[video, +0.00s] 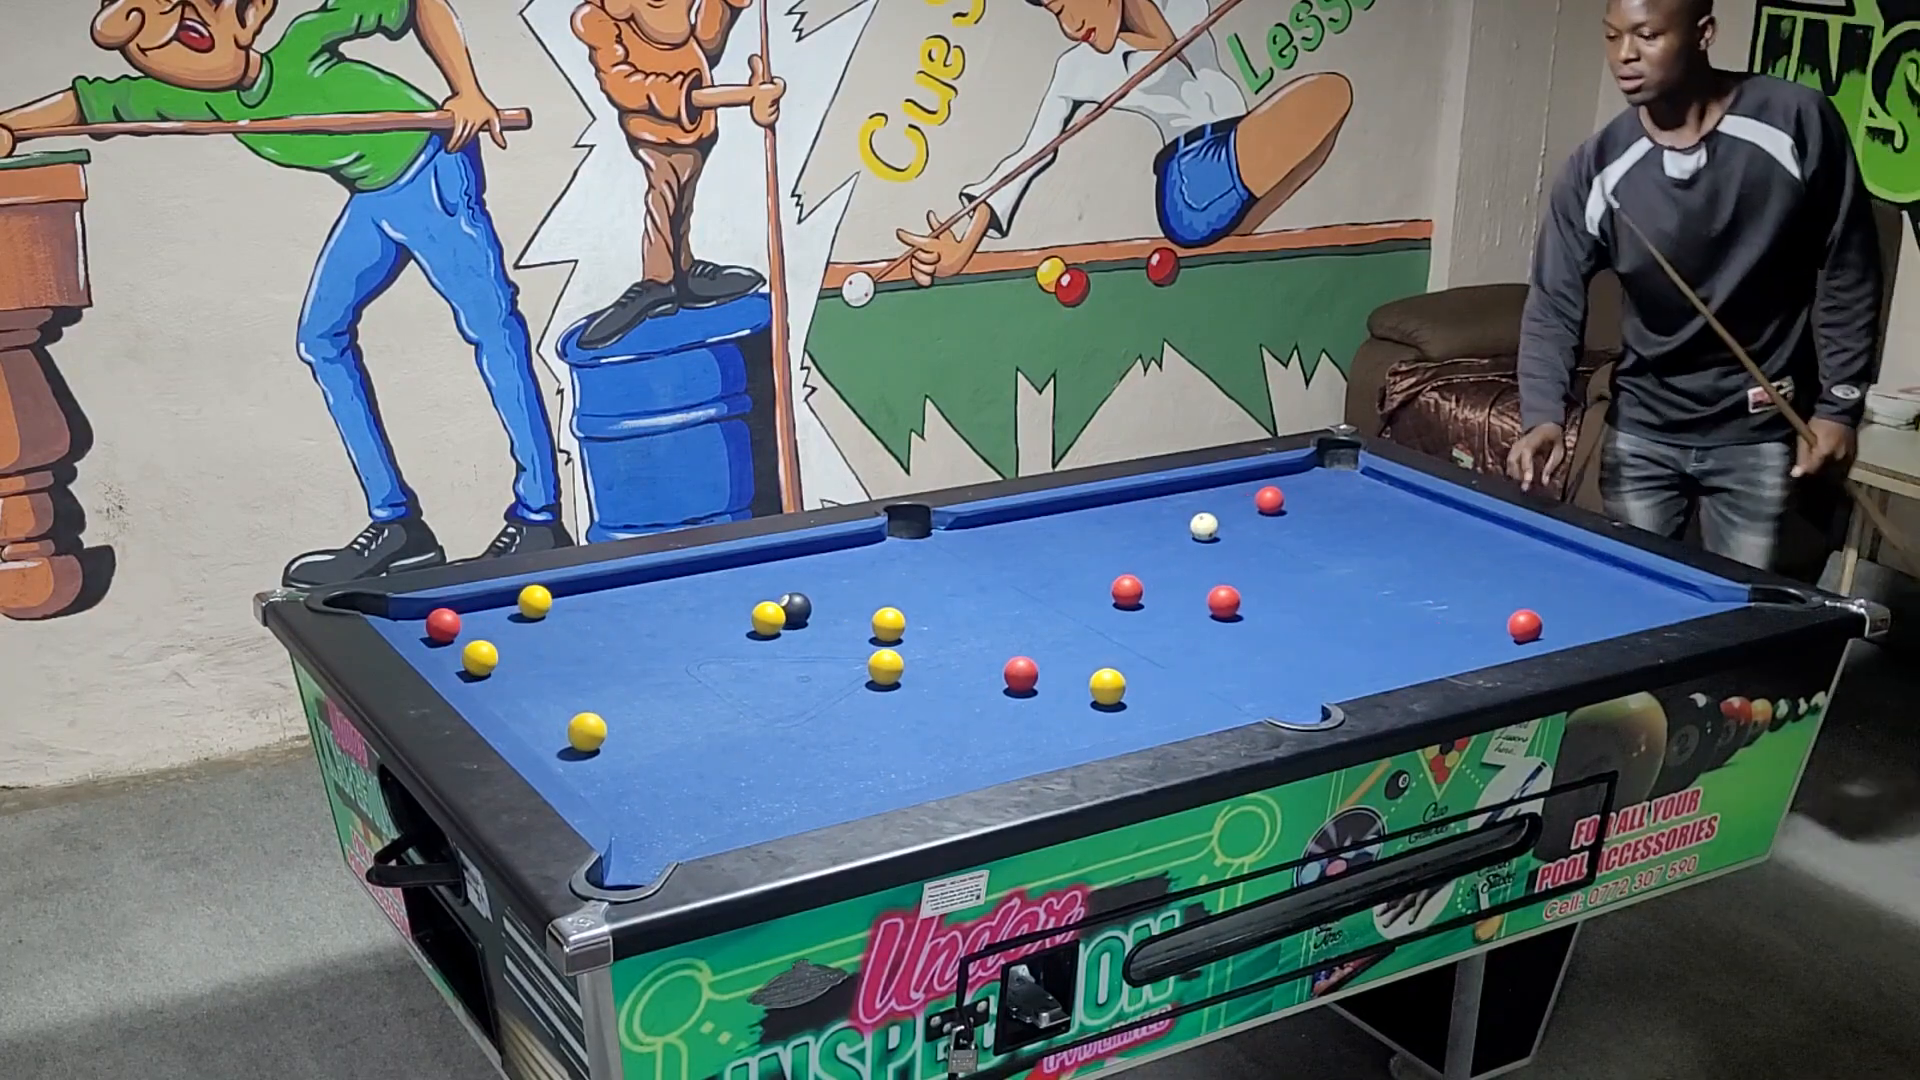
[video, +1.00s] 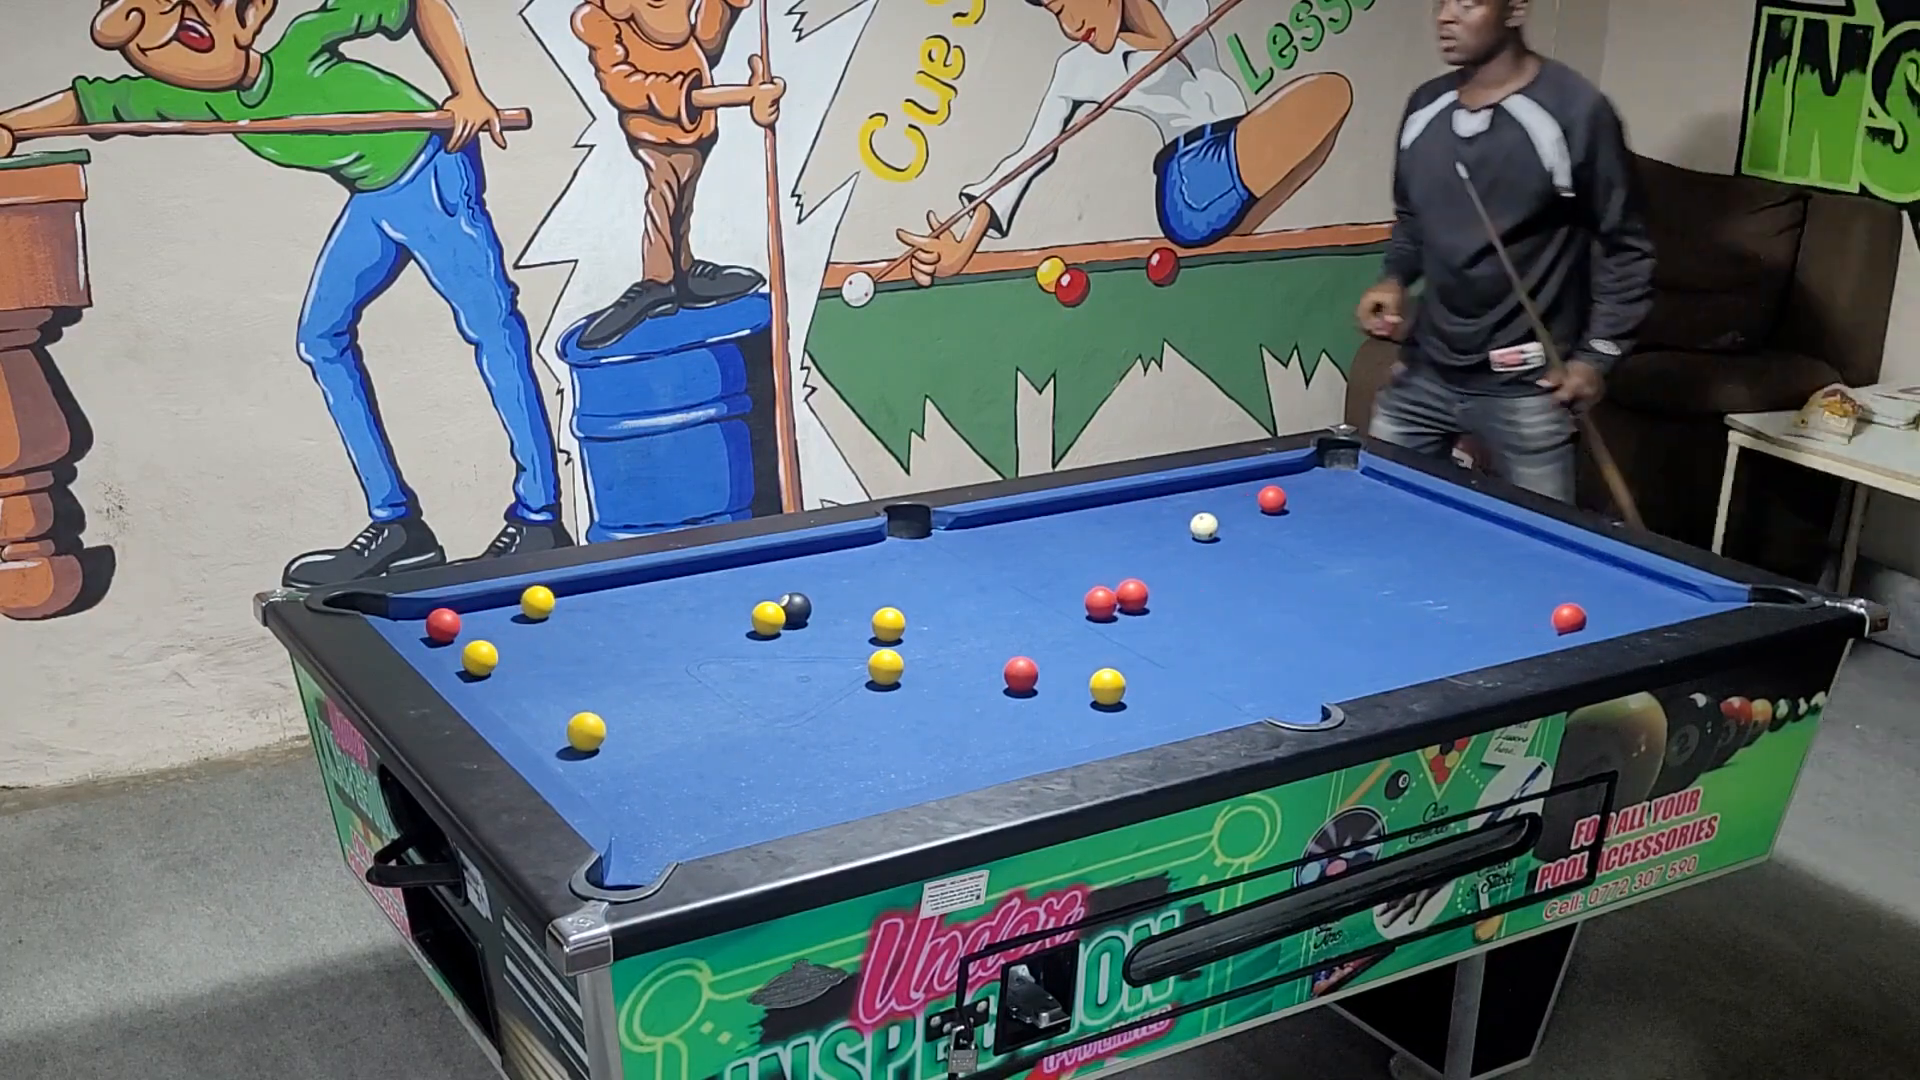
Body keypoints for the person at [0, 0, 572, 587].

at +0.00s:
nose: (205, 56)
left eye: (198, 42)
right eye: (189, 57)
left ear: (226, 21)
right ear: (184, 74)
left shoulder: (300, 37)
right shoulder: (212, 98)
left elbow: (418, 3)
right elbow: (91, 100)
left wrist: (466, 87)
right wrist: (11, 123)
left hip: (426, 165)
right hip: (369, 198)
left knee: (491, 327)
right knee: (322, 337)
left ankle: (541, 518)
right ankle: (397, 522)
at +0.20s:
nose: (204, 57)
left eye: (197, 42)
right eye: (187, 57)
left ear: (222, 22)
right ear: (184, 71)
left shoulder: (300, 37)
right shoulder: (213, 97)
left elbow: (417, 4)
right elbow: (92, 100)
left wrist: (467, 87)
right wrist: (11, 123)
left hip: (426, 164)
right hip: (369, 198)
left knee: (492, 328)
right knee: (321, 337)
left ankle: (541, 519)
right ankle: (397, 522)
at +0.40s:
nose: (205, 56)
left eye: (198, 41)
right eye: (188, 57)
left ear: (225, 21)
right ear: (184, 74)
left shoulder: (300, 36)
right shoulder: (213, 98)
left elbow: (418, 3)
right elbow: (91, 100)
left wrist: (466, 87)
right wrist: (11, 123)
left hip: (426, 165)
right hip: (369, 199)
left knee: (491, 327)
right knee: (322, 337)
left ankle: (541, 518)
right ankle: (397, 522)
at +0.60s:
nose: (205, 56)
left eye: (198, 41)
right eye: (188, 57)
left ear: (225, 21)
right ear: (183, 74)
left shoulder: (300, 36)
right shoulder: (213, 98)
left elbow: (418, 3)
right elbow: (91, 100)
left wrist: (466, 87)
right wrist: (11, 123)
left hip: (426, 165)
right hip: (369, 199)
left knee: (491, 327)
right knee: (322, 337)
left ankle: (541, 518)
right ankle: (397, 522)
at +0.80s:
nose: (204, 56)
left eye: (198, 41)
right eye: (188, 57)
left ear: (225, 21)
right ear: (183, 74)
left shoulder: (300, 37)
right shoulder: (213, 98)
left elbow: (418, 3)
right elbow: (91, 100)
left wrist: (466, 87)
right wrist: (11, 123)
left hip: (426, 165)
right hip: (369, 199)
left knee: (491, 327)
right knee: (322, 337)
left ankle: (541, 518)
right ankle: (397, 522)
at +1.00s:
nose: (201, 56)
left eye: (194, 41)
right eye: (186, 56)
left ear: (218, 21)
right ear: (183, 72)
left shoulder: (299, 37)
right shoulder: (218, 98)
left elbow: (417, 3)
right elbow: (94, 100)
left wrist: (467, 87)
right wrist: (10, 123)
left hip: (426, 163)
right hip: (369, 197)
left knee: (492, 329)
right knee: (321, 337)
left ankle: (541, 518)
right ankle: (397, 522)